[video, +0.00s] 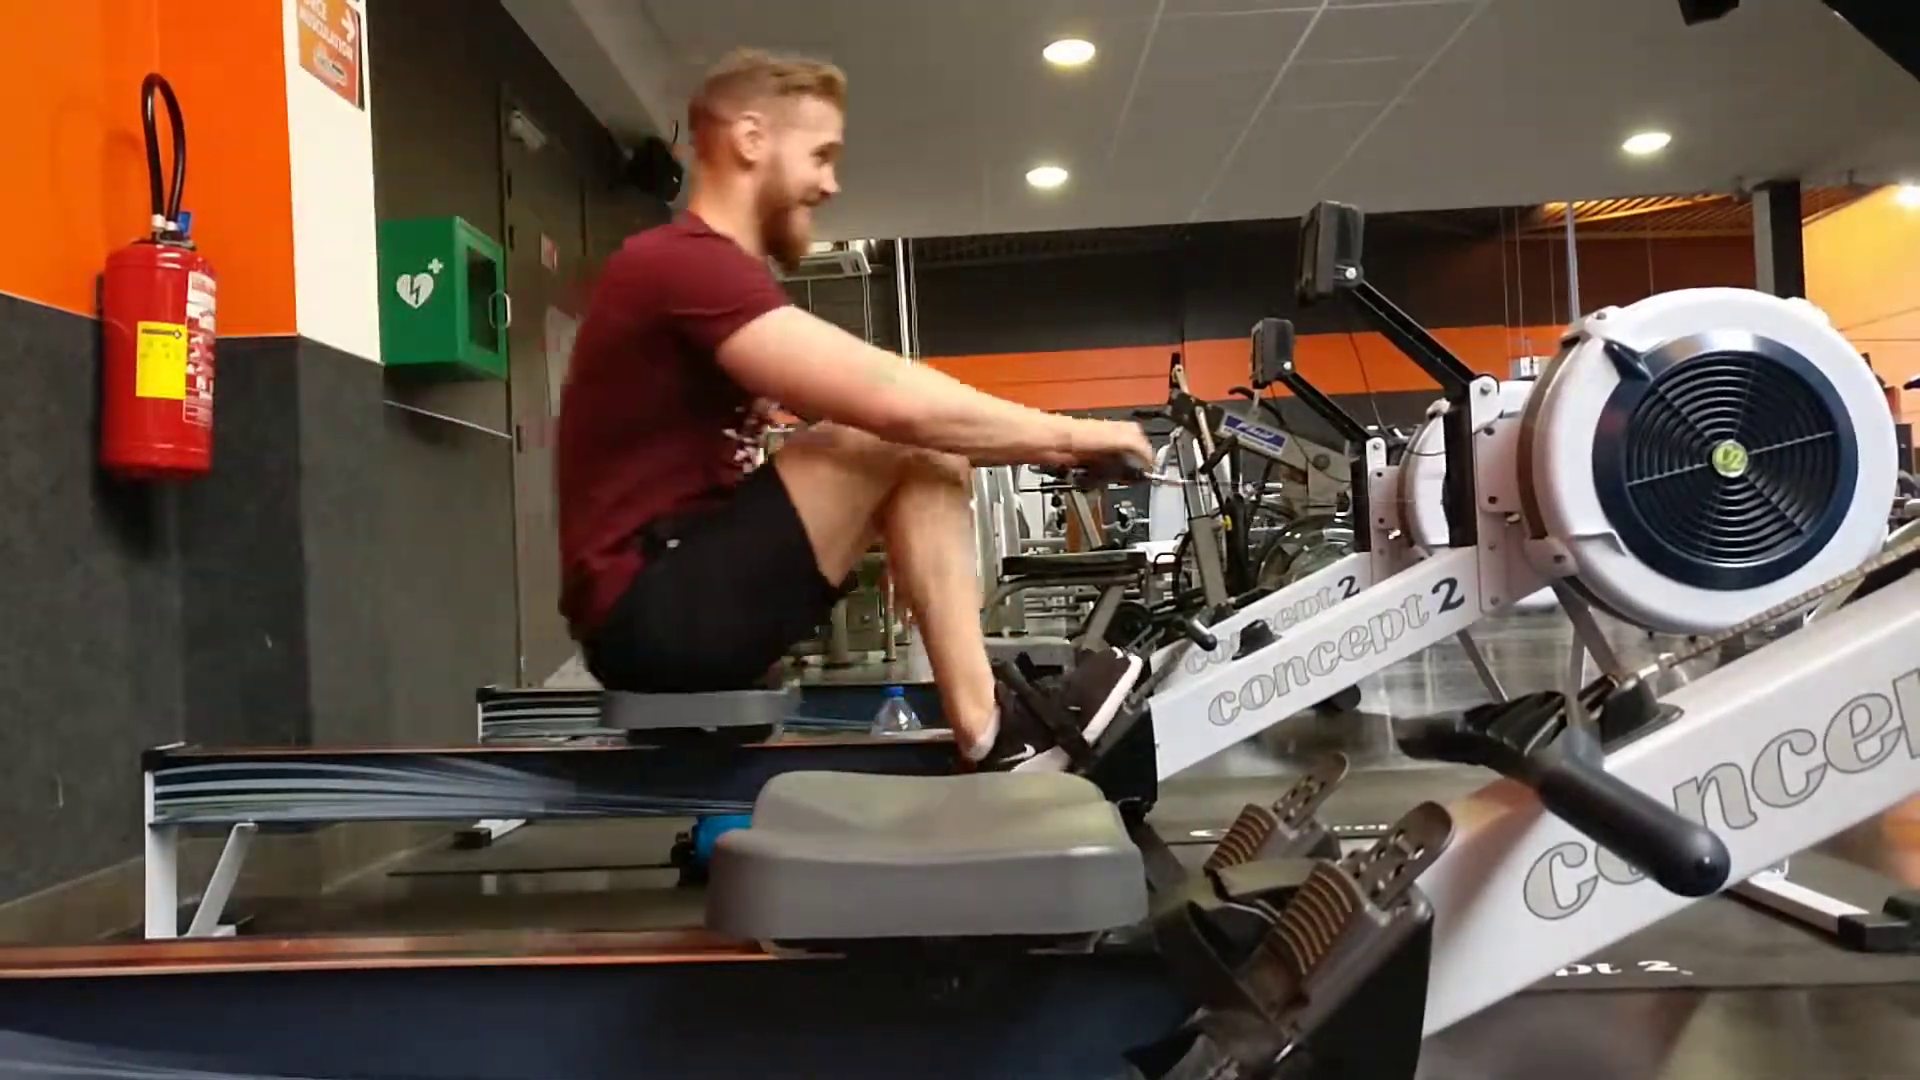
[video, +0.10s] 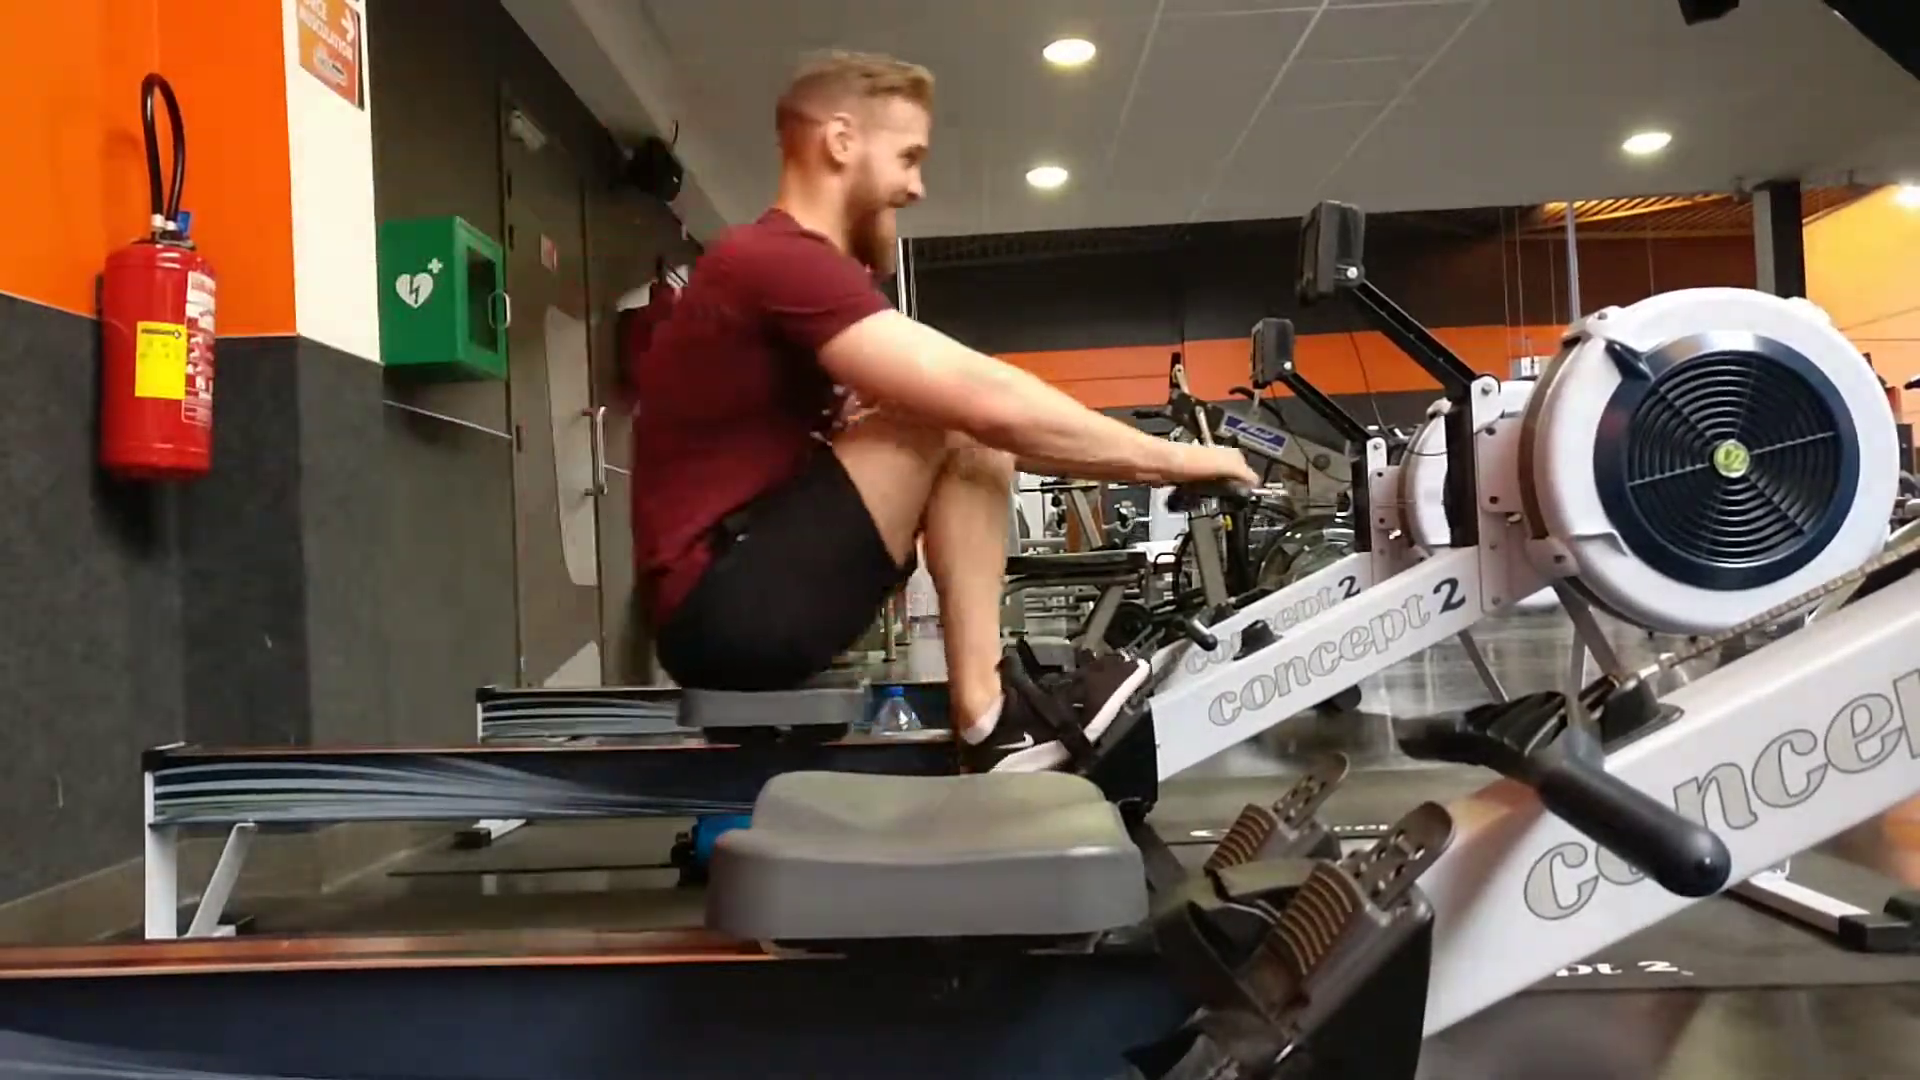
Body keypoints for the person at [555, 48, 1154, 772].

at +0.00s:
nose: (832, 185)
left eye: (834, 162)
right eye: (821, 156)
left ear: (747, 146)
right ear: (749, 140)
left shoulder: (700, 269)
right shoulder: (684, 265)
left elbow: (883, 397)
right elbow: (896, 404)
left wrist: (1055, 439)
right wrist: (1069, 436)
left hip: (666, 611)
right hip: (656, 619)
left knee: (908, 442)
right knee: (914, 448)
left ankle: (982, 713)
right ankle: (982, 730)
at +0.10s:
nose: (918, 188)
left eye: (922, 163)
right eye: (909, 157)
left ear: (838, 146)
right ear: (838, 141)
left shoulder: (790, 262)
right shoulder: (779, 262)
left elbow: (973, 396)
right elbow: (994, 405)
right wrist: (1170, 461)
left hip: (737, 606)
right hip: (726, 615)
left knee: (961, 419)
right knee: (958, 421)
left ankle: (981, 703)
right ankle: (982, 713)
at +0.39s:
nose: (908, 162)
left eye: (907, 136)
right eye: (896, 133)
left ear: (826, 129)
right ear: (826, 123)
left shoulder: (793, 252)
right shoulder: (775, 247)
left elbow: (973, 388)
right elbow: (981, 384)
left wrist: (1153, 435)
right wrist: (1170, 433)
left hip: (756, 598)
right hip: (744, 609)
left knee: (978, 420)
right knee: (981, 429)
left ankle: (997, 685)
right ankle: (987, 713)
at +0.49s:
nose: (791, 142)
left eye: (786, 118)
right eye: (774, 113)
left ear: (705, 113)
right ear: (700, 110)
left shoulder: (695, 244)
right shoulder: (648, 232)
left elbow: (824, 390)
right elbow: (822, 374)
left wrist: (1002, 407)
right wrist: (1018, 404)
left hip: (686, 595)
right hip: (666, 605)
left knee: (932, 431)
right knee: (928, 432)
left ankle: (992, 703)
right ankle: (988, 727)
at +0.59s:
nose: (637, 140)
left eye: (634, 116)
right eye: (618, 111)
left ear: (547, 118)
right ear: (540, 113)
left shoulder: (580, 258)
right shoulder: (503, 242)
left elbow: (696, 405)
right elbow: (674, 393)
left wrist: (871, 409)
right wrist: (875, 407)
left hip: (600, 595)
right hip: (560, 604)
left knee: (859, 451)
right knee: (856, 458)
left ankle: (989, 716)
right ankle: (991, 738)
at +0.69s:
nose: (503, 157)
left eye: (502, 135)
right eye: (482, 131)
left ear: (418, 137)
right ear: (393, 126)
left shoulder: (466, 279)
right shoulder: (353, 263)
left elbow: (571, 422)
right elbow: (496, 417)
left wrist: (724, 419)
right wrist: (719, 416)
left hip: (522, 583)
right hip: (471, 606)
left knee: (787, 490)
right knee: (784, 496)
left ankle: (992, 717)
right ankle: (990, 745)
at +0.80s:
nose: (415, 180)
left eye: (415, 158)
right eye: (395, 153)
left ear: (327, 148)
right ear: (308, 143)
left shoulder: (373, 294)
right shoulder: (244, 277)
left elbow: (448, 477)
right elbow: (300, 448)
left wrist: (533, 435)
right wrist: (521, 419)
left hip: (459, 579)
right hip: (393, 603)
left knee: (734, 546)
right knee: (725, 548)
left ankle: (986, 731)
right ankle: (980, 752)